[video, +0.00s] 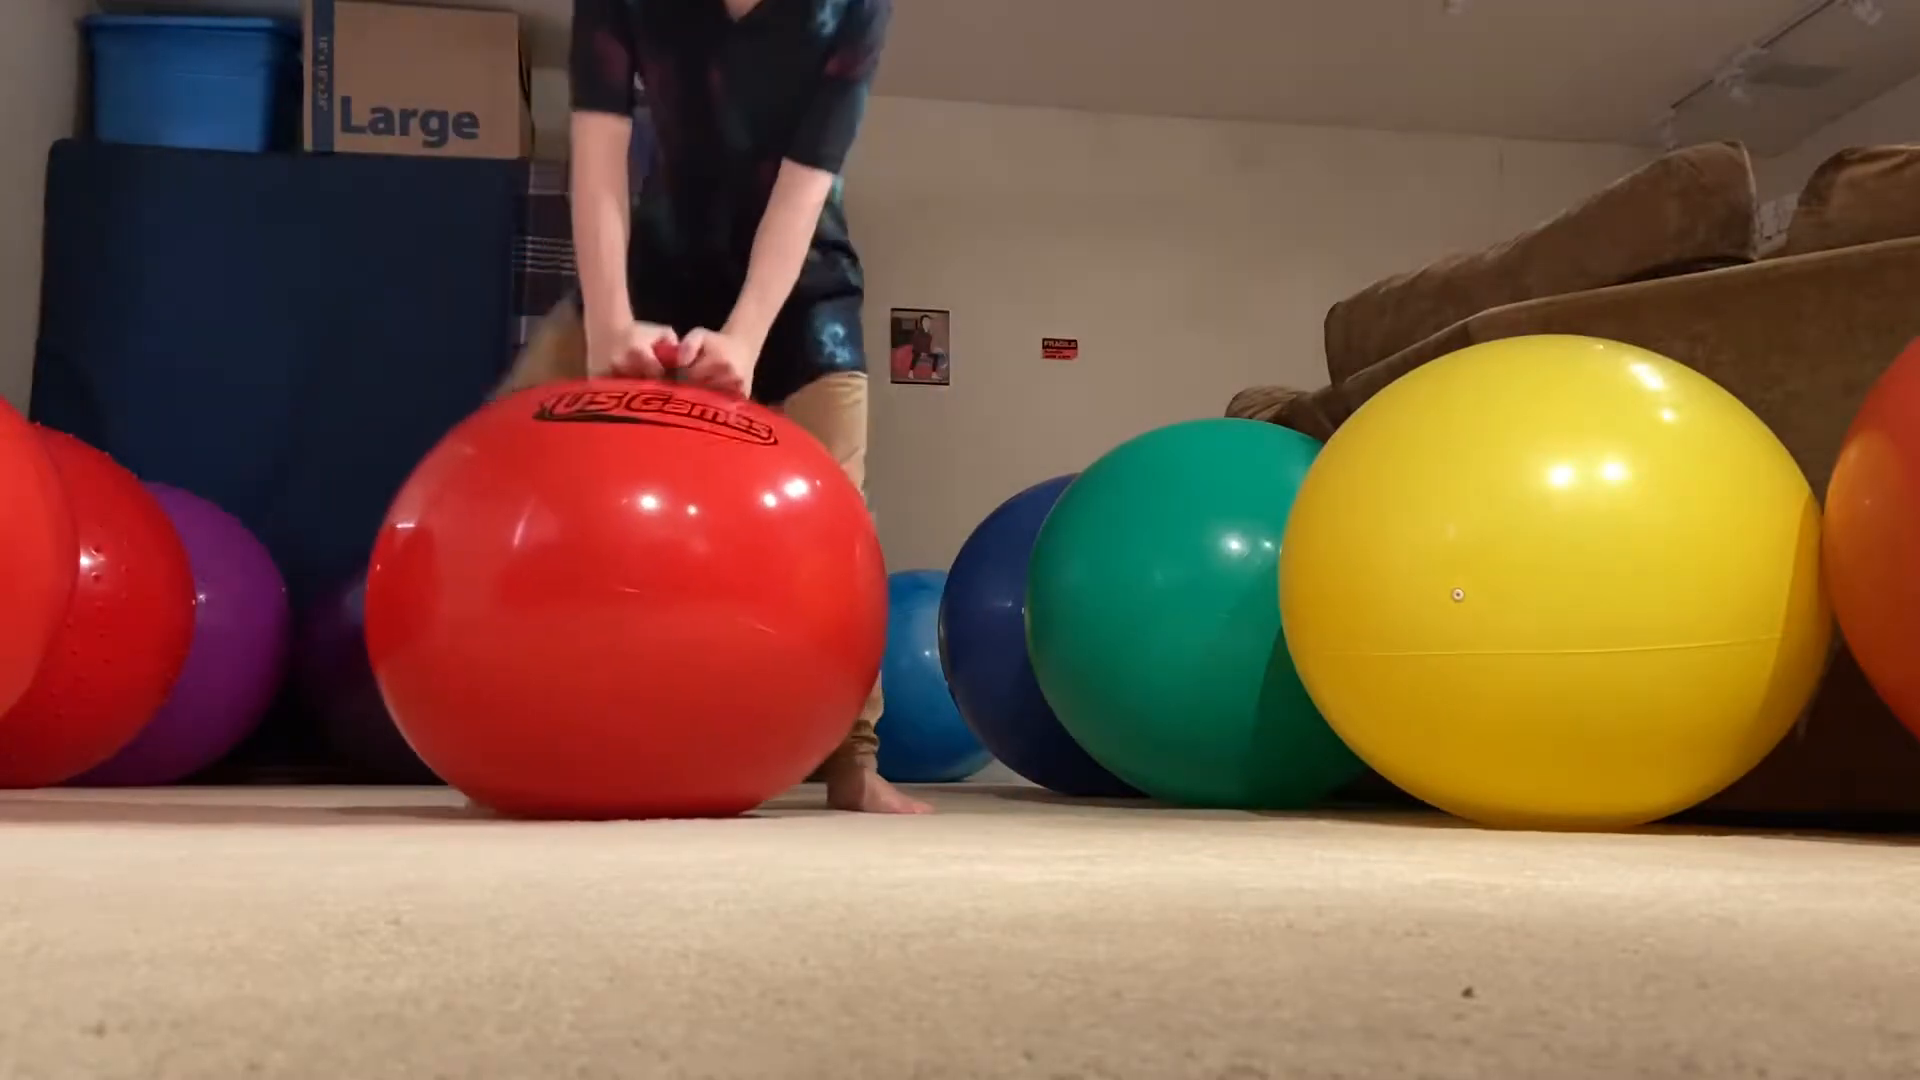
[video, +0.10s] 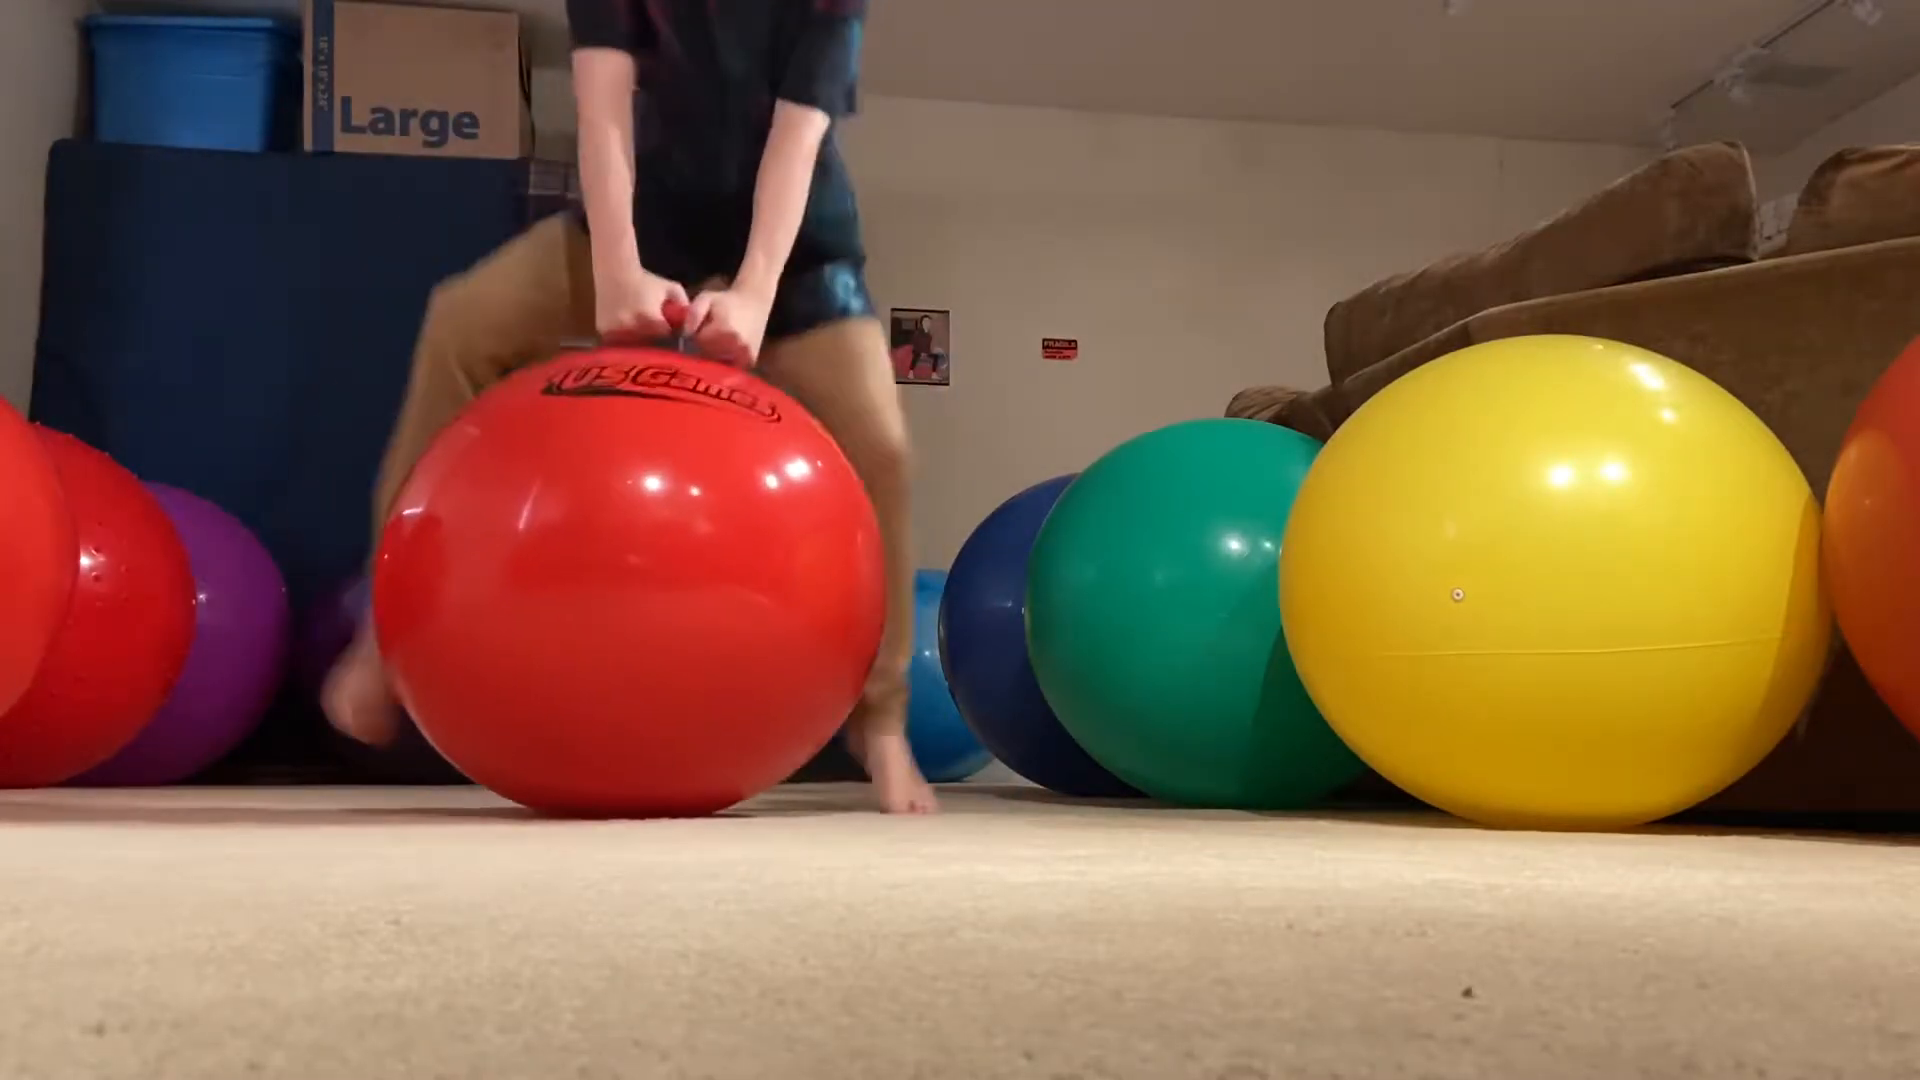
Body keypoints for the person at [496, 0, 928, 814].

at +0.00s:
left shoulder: (852, 11)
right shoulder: (614, 4)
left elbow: (801, 194)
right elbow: (599, 165)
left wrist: (742, 338)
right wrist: (610, 323)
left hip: (796, 262)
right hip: (649, 251)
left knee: (833, 517)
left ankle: (852, 767)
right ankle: (521, 740)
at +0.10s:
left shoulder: (827, 13)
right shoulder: (605, 5)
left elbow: (797, 138)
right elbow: (603, 121)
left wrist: (753, 290)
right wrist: (618, 273)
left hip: (795, 242)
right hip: (634, 225)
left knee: (880, 448)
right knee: (459, 320)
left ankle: (882, 720)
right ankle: (391, 620)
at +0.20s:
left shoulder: (809, 6)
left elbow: (796, 126)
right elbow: (582, 100)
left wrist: (754, 280)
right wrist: (616, 255)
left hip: (769, 239)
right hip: (610, 219)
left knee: (937, 363)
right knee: (422, 242)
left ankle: (926, 657)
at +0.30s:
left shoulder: (815, 6)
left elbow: (825, 155)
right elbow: (536, 124)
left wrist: (751, 286)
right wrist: (601, 264)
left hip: (754, 281)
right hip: (589, 265)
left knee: (946, 333)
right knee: (404, 245)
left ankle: (961, 647)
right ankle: (226, 536)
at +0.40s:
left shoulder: (787, 97)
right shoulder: (549, 61)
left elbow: (820, 272)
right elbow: (495, 254)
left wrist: (734, 355)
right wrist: (578, 337)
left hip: (723, 386)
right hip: (562, 364)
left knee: (933, 386)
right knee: (373, 319)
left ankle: (996, 692)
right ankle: (214, 625)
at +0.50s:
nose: (653, 66)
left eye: (677, 44)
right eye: (628, 43)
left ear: (718, 68)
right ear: (590, 64)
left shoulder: (774, 226)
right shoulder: (519, 208)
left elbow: (803, 401)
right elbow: (467, 387)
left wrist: (730, 473)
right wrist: (560, 451)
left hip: (726, 489)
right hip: (549, 481)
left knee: (913, 437)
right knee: (347, 390)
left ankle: (986, 728)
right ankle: (275, 724)